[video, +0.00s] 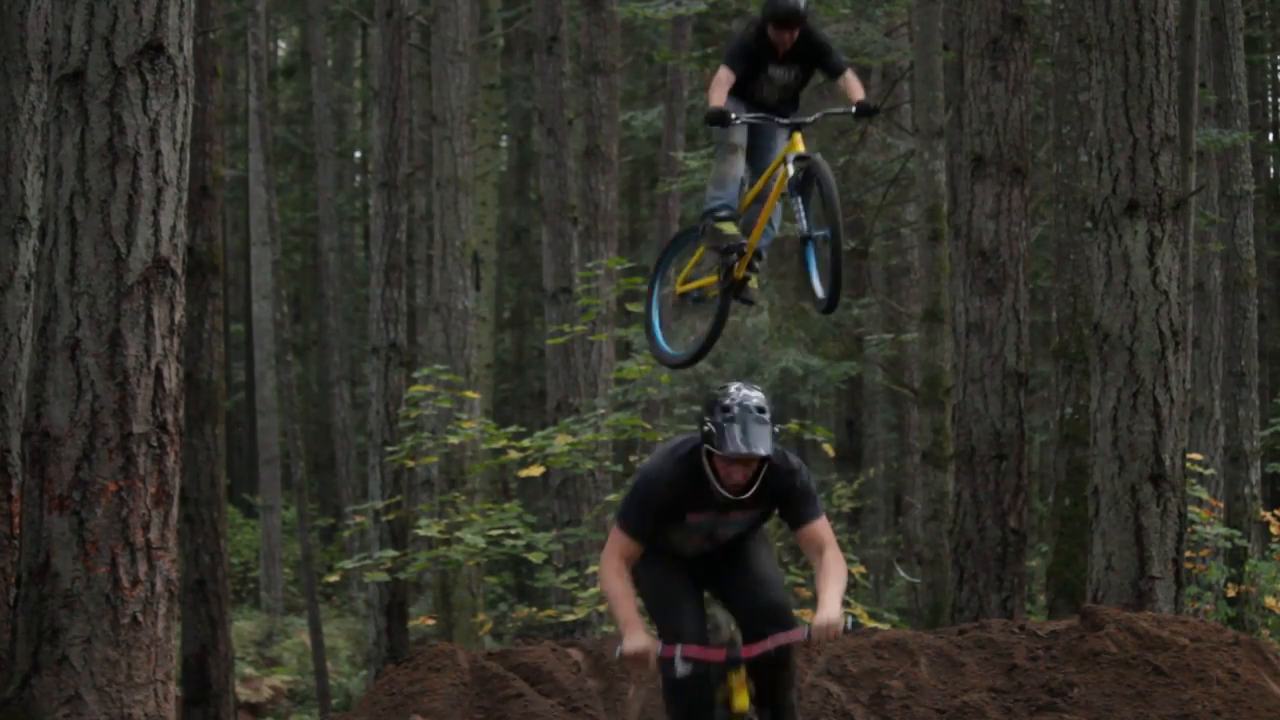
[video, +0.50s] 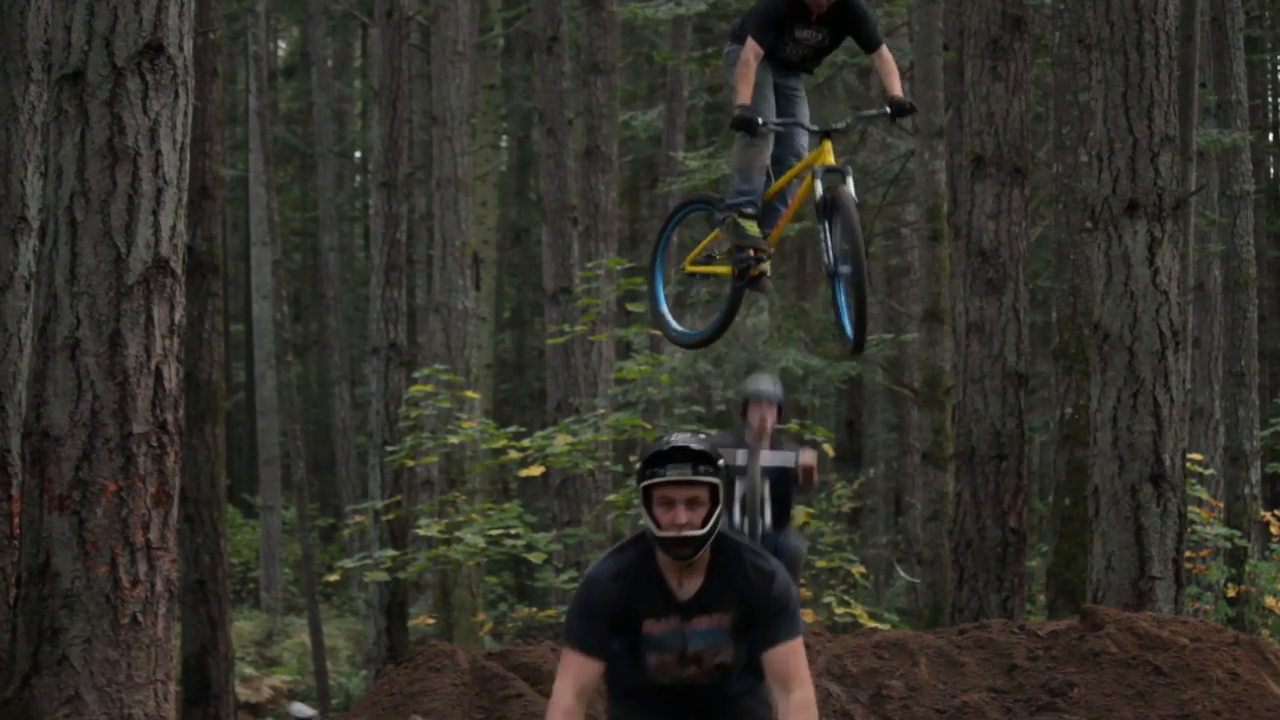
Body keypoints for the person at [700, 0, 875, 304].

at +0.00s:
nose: (785, 37)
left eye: (792, 31)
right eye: (779, 30)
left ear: (800, 27)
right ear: (767, 25)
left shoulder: (812, 42)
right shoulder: (752, 38)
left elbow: (843, 74)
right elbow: (724, 75)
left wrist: (859, 100)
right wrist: (716, 106)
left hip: (776, 119)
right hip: (739, 109)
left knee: (772, 188)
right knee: (734, 142)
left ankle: (750, 264)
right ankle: (720, 216)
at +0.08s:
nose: (790, 21)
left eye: (796, 15)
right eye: (783, 15)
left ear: (805, 11)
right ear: (770, 9)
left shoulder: (816, 27)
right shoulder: (754, 25)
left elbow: (847, 62)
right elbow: (727, 66)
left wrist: (864, 91)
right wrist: (719, 101)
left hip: (778, 105)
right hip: (742, 93)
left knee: (771, 178)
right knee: (738, 136)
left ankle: (749, 258)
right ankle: (722, 209)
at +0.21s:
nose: (796, 2)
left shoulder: (827, 9)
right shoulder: (759, 6)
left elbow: (858, 46)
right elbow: (733, 51)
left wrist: (873, 80)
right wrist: (726, 92)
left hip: (782, 82)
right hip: (747, 71)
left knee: (775, 161)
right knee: (745, 127)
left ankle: (749, 246)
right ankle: (728, 204)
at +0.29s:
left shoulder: (836, 4)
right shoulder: (767, 1)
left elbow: (866, 39)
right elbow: (740, 43)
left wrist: (882, 78)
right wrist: (733, 91)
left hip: (787, 72)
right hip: (751, 59)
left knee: (779, 153)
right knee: (751, 120)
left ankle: (749, 242)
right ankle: (736, 202)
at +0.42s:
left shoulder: (842, 5)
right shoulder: (771, 2)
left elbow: (870, 41)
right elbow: (743, 45)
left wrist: (887, 82)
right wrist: (736, 94)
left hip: (789, 70)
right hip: (752, 56)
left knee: (783, 152)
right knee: (754, 119)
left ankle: (751, 245)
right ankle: (737, 204)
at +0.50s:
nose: (820, 1)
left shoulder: (849, 10)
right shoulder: (779, 5)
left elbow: (880, 52)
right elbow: (749, 54)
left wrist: (896, 95)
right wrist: (743, 106)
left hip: (791, 73)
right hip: (753, 60)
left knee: (795, 156)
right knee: (759, 126)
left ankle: (758, 248)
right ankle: (742, 213)